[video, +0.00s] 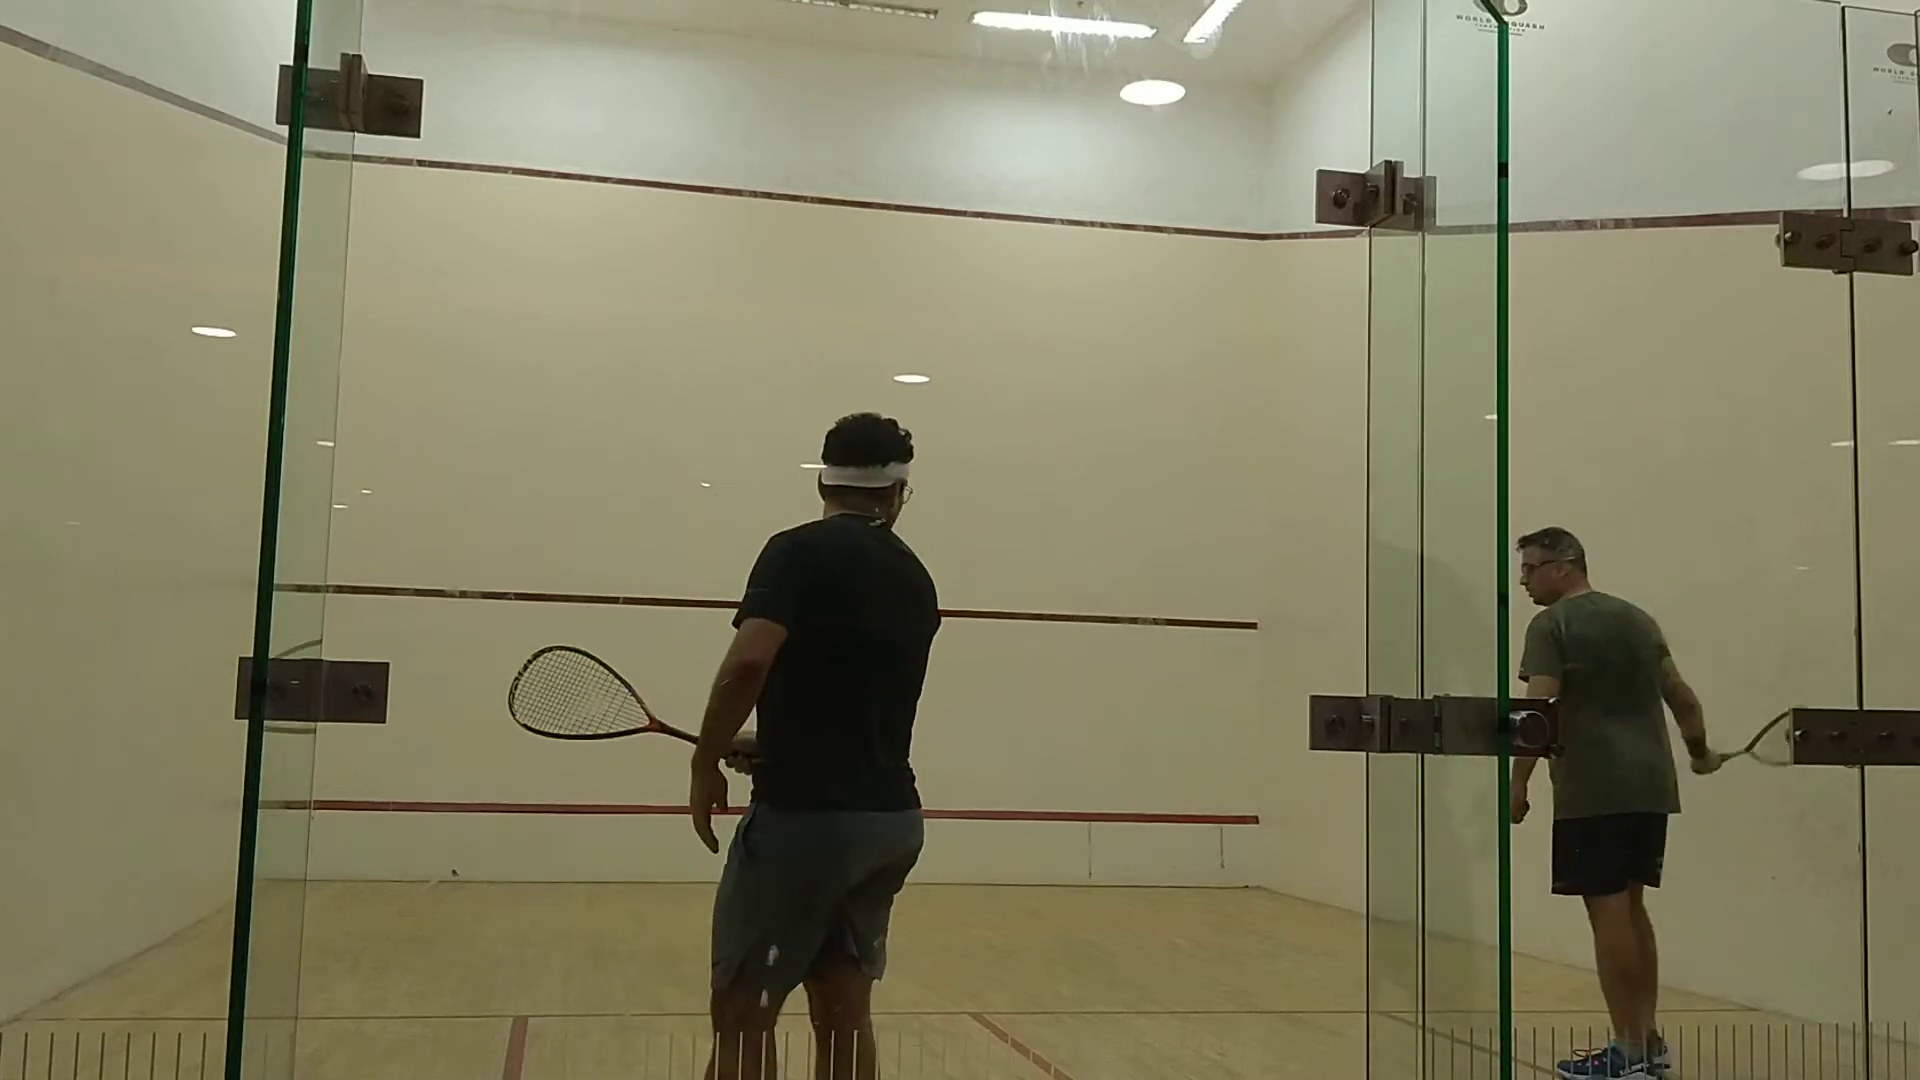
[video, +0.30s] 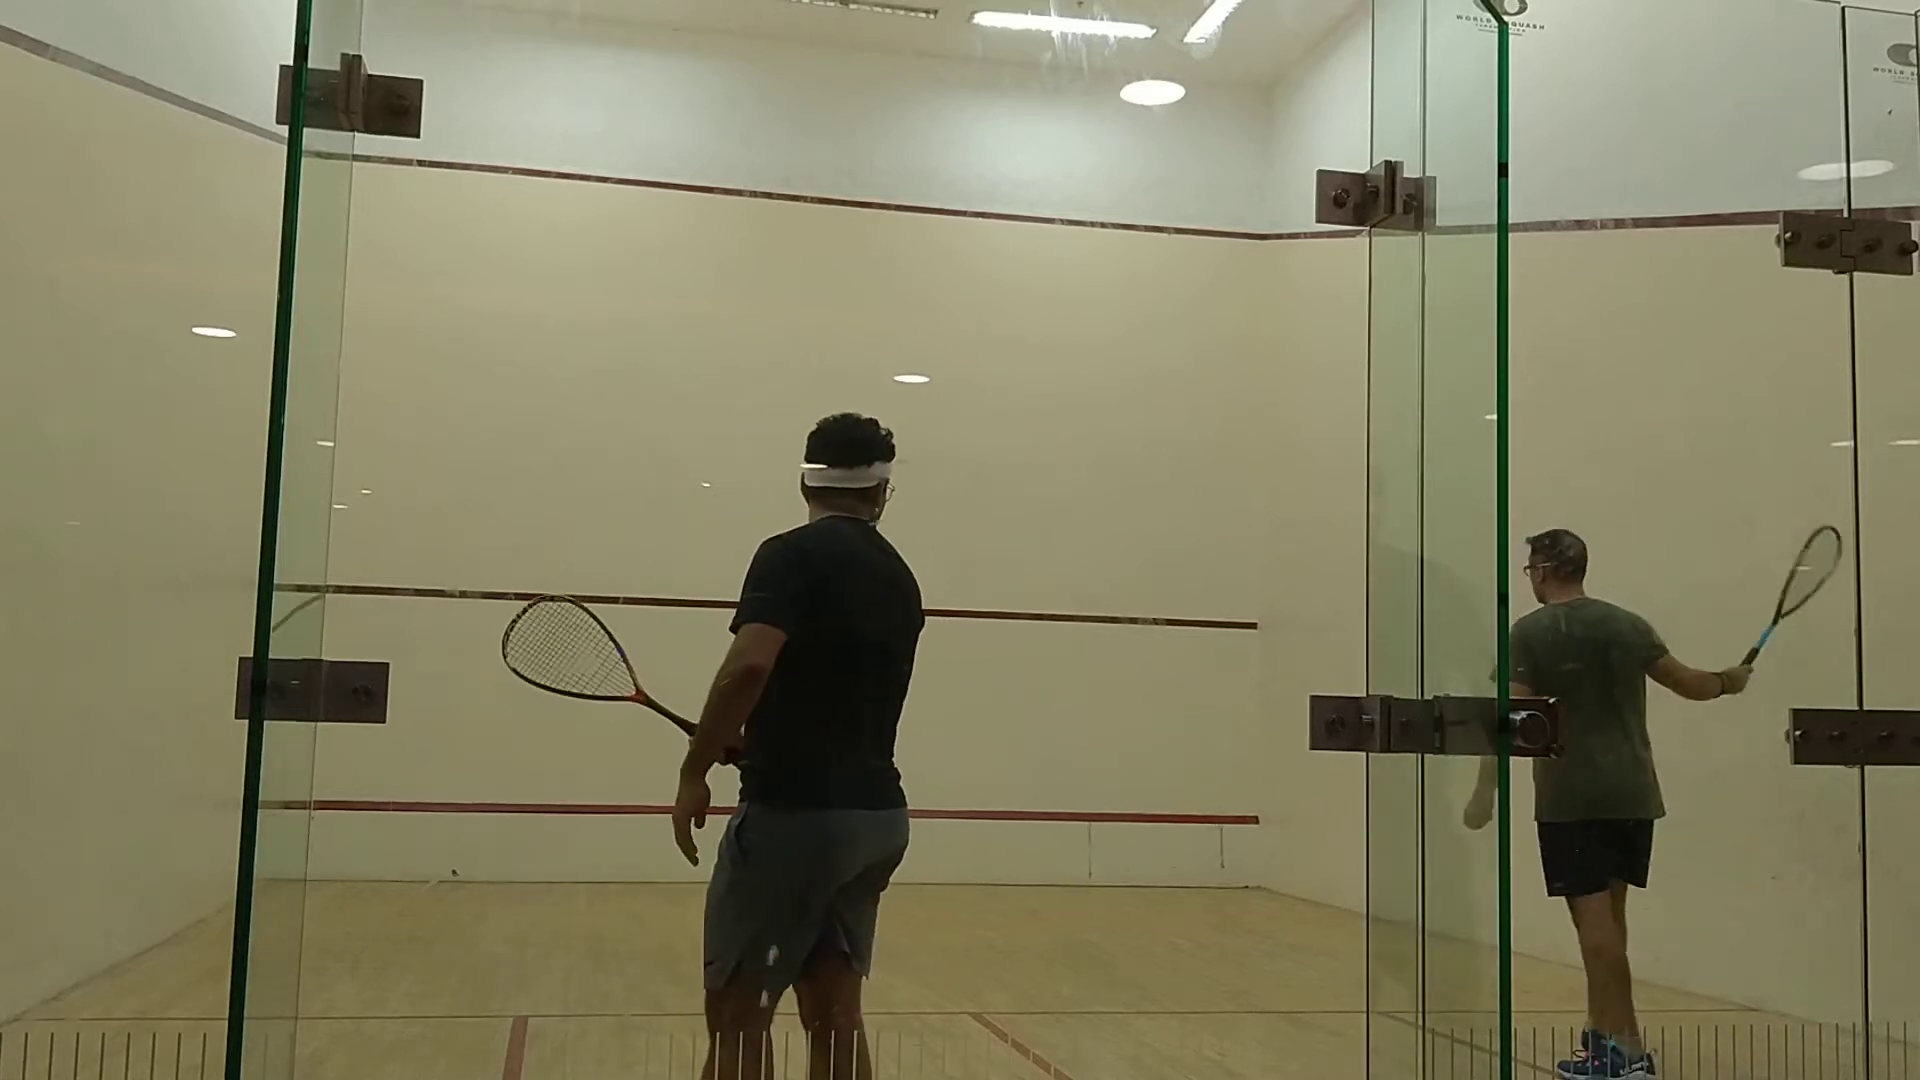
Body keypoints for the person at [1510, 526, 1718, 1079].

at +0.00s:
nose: (1524, 583)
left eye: (1529, 571)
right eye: (1523, 572)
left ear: (1564, 566)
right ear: (1576, 568)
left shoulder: (1550, 625)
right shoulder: (1637, 618)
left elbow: (1538, 713)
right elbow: (1682, 697)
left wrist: (1518, 783)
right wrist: (1699, 748)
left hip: (1592, 798)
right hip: (1650, 794)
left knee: (1609, 918)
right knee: (1633, 907)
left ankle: (1628, 1052)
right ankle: (1646, 1042)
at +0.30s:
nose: (1530, 581)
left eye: (1531, 572)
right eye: (1532, 571)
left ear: (1541, 572)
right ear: (1582, 570)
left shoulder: (1527, 633)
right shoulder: (1625, 624)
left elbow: (1513, 722)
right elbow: (1689, 684)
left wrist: (1484, 789)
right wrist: (1728, 679)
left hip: (1568, 803)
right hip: (1632, 798)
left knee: (1598, 929)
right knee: (1608, 923)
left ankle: (1630, 1053)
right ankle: (1598, 1046)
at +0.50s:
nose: (1533, 581)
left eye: (1534, 574)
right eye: (1538, 573)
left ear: (1541, 577)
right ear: (1585, 576)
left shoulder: (1512, 638)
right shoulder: (1620, 630)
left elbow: (1484, 716)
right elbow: (1690, 687)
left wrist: (1476, 783)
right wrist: (1717, 653)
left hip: (1540, 804)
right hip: (1613, 802)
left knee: (1538, 907)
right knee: (1603, 908)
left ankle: (1604, 1013)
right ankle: (1598, 1030)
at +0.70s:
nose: (1544, 580)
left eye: (1535, 572)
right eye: (1568, 572)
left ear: (1532, 575)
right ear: (1580, 576)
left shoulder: (1498, 630)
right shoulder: (1600, 628)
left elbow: (1479, 705)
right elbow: (1678, 675)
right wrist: (1695, 628)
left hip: (1514, 791)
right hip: (1587, 792)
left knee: (1504, 881)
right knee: (1593, 901)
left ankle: (1530, 995)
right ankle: (1596, 1032)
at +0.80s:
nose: (1560, 582)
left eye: (1537, 571)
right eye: (1570, 575)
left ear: (1525, 575)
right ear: (1572, 578)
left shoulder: (1491, 627)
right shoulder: (1586, 630)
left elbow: (1474, 700)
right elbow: (1666, 670)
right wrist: (1678, 621)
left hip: (1494, 788)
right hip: (1567, 792)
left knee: (1478, 884)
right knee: (1584, 901)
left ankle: (1477, 1001)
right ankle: (1594, 1030)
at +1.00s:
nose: (1545, 599)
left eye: (1540, 591)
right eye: (1544, 593)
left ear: (1495, 591)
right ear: (1540, 597)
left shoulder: (1454, 638)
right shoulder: (1541, 647)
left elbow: (1410, 701)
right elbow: (1621, 682)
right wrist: (1641, 617)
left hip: (1448, 791)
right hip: (1518, 795)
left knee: (1419, 884)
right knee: (1556, 905)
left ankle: (1395, 992)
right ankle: (1588, 1030)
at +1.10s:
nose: (1504, 611)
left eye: (1489, 599)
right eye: (1510, 603)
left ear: (1469, 600)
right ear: (1513, 608)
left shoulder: (1424, 647)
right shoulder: (1516, 667)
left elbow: (1376, 700)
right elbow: (1585, 697)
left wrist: (1412, 727)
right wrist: (1613, 654)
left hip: (1418, 793)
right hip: (1487, 799)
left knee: (1401, 880)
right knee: (1530, 908)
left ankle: (1398, 997)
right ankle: (1579, 1029)